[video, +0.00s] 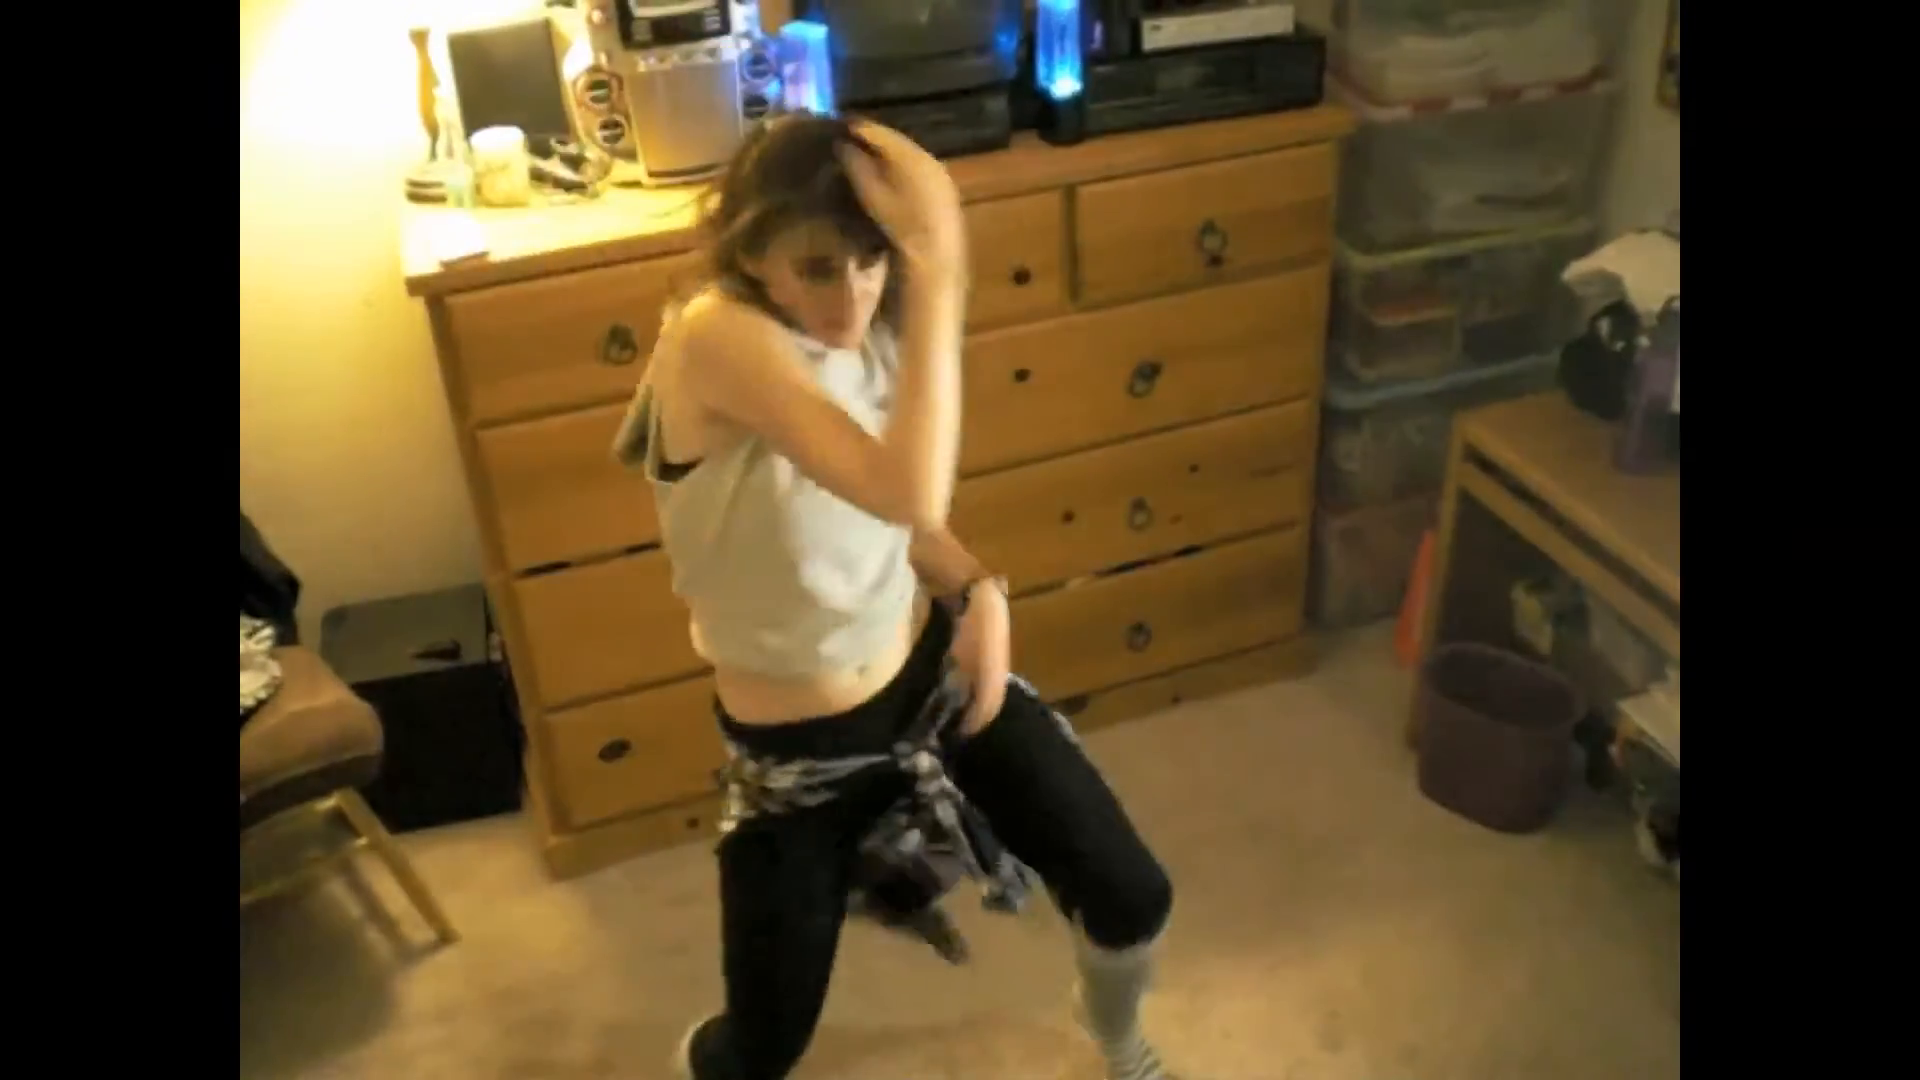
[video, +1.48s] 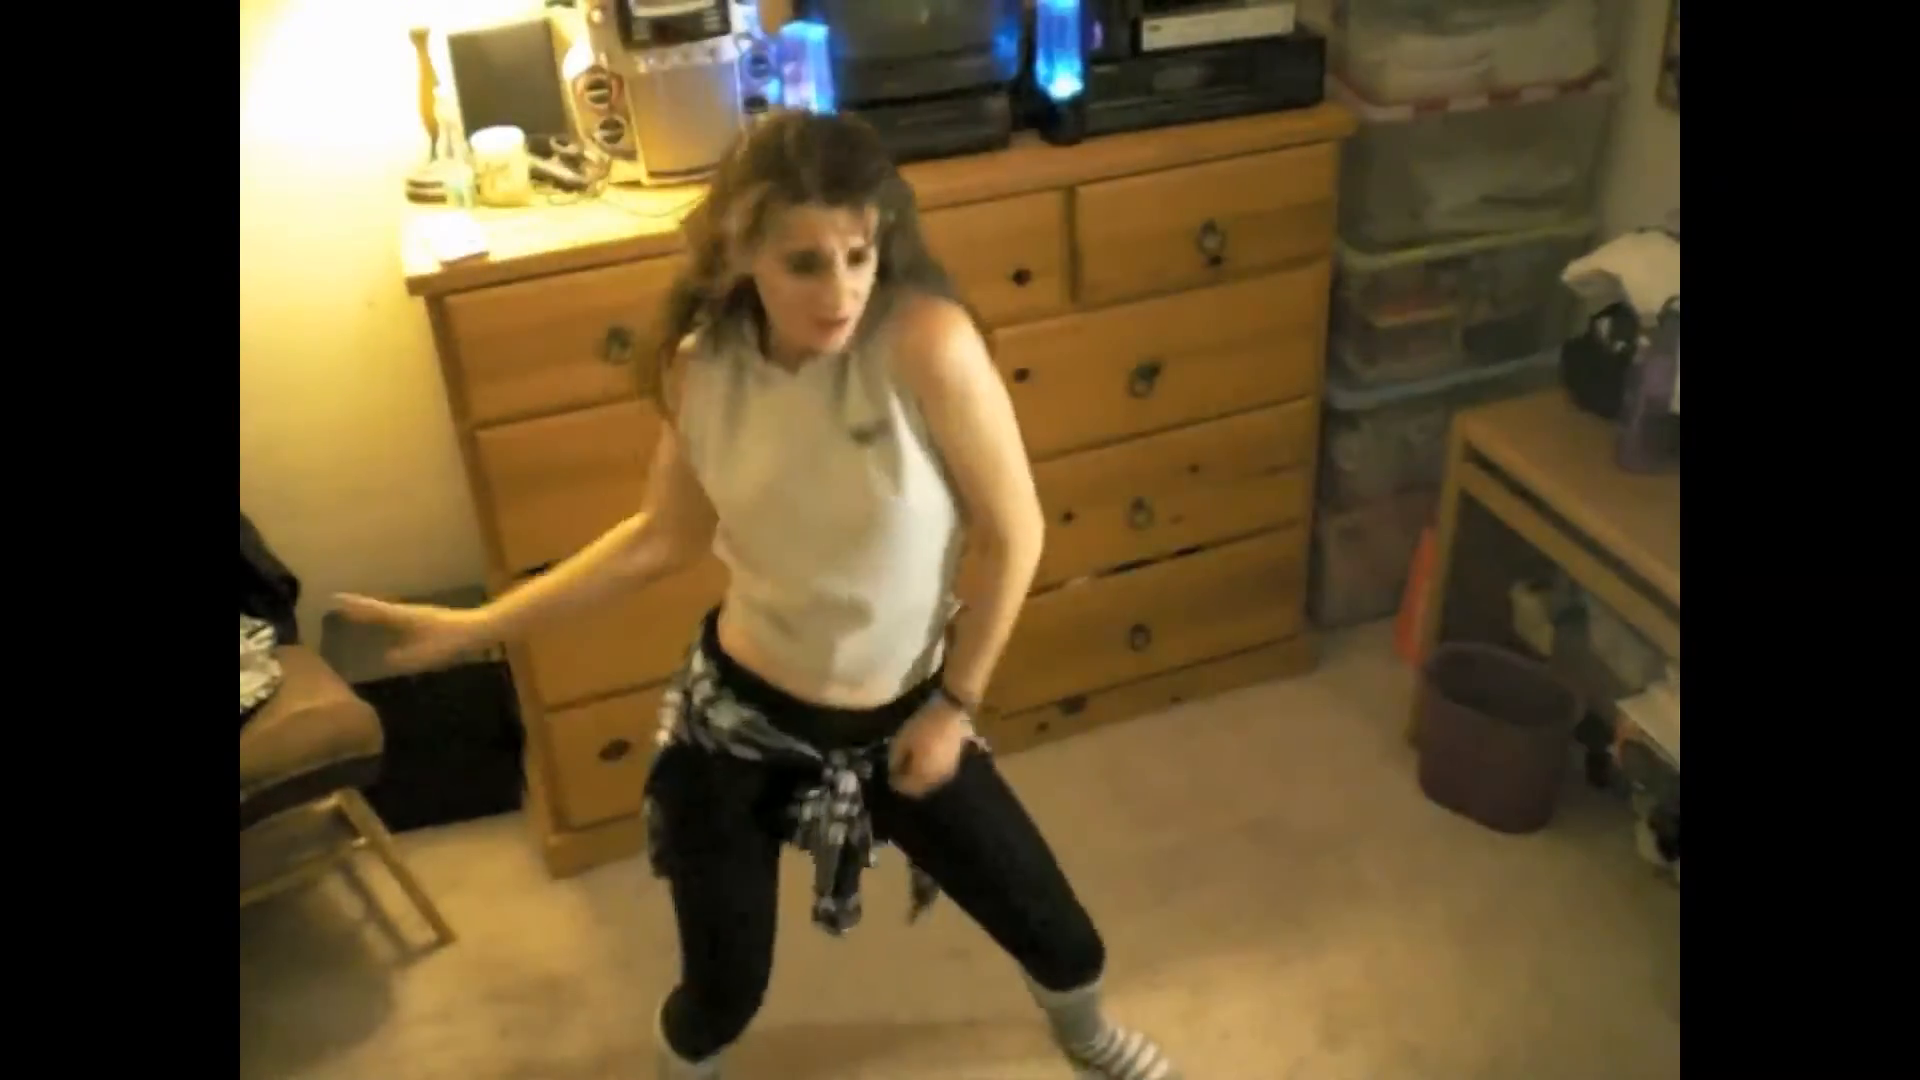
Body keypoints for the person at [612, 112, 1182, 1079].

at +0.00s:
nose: (850, 300)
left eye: (871, 262)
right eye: (816, 272)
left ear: (890, 251)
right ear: (749, 257)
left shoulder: (875, 331)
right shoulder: (715, 337)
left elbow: (889, 510)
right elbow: (908, 490)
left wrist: (980, 591)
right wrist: (938, 264)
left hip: (937, 686)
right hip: (797, 761)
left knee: (1133, 899)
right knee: (763, 1045)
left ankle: (1115, 1039)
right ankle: (703, 1066)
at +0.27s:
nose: (939, 273)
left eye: (949, 238)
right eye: (901, 254)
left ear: (961, 217)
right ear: (821, 248)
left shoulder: (888, 327)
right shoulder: (852, 356)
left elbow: (983, 450)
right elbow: (986, 572)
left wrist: (1142, 486)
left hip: (918, 711)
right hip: (821, 759)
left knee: (1086, 859)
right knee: (774, 992)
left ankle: (1079, 1022)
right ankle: (668, 1062)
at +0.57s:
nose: (1230, 640)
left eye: (1258, 612)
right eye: (1248, 599)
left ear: (1191, 502)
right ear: (1205, 533)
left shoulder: (1053, 469)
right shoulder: (1062, 603)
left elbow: (897, 456)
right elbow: (830, 673)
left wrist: (768, 404)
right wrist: (631, 762)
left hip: (915, 704)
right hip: (813, 770)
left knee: (1080, 874)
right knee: (939, 1013)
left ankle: (1073, 1031)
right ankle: (823, 1055)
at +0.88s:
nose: (1056, 736)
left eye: (1077, 725)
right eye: (1064, 716)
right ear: (1026, 656)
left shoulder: (1030, 502)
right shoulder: (883, 632)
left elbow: (854, 462)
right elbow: (680, 652)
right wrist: (572, 757)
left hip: (900, 734)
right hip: (767, 792)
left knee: (1074, 905)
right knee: (853, 1046)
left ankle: (1068, 1025)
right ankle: (768, 1064)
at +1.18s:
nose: (884, 380)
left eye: (896, 342)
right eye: (842, 355)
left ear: (918, 338)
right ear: (780, 373)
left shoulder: (986, 474)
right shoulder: (711, 492)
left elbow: (1014, 617)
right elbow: (633, 580)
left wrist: (1030, 760)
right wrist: (615, 713)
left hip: (887, 742)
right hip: (730, 779)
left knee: (1065, 913)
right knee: (767, 1042)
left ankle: (1076, 1035)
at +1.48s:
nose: (839, 292)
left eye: (858, 258)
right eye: (805, 263)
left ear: (882, 249)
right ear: (742, 264)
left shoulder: (925, 342)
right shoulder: (706, 374)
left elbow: (1014, 529)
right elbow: (663, 539)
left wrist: (957, 705)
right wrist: (474, 628)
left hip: (902, 720)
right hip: (741, 722)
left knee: (1063, 945)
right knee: (727, 990)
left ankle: (1091, 1039)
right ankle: (681, 1063)